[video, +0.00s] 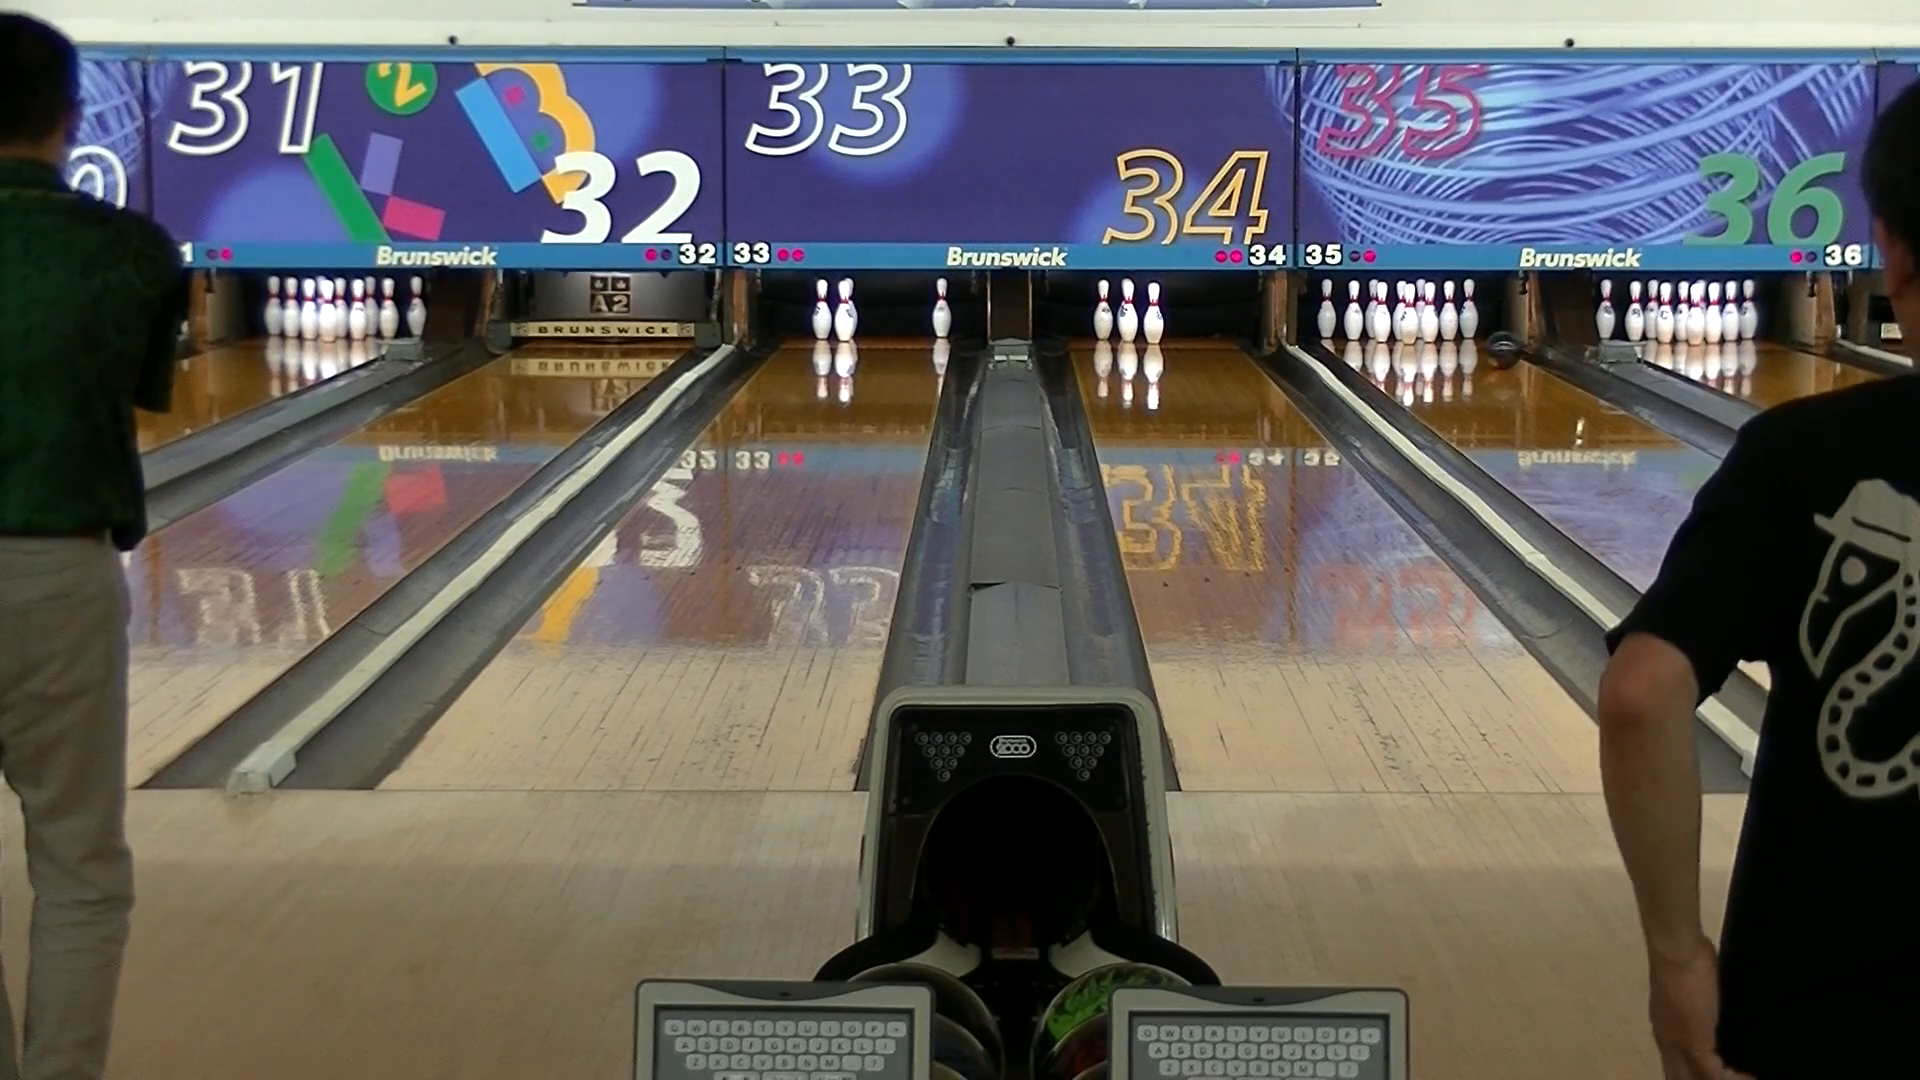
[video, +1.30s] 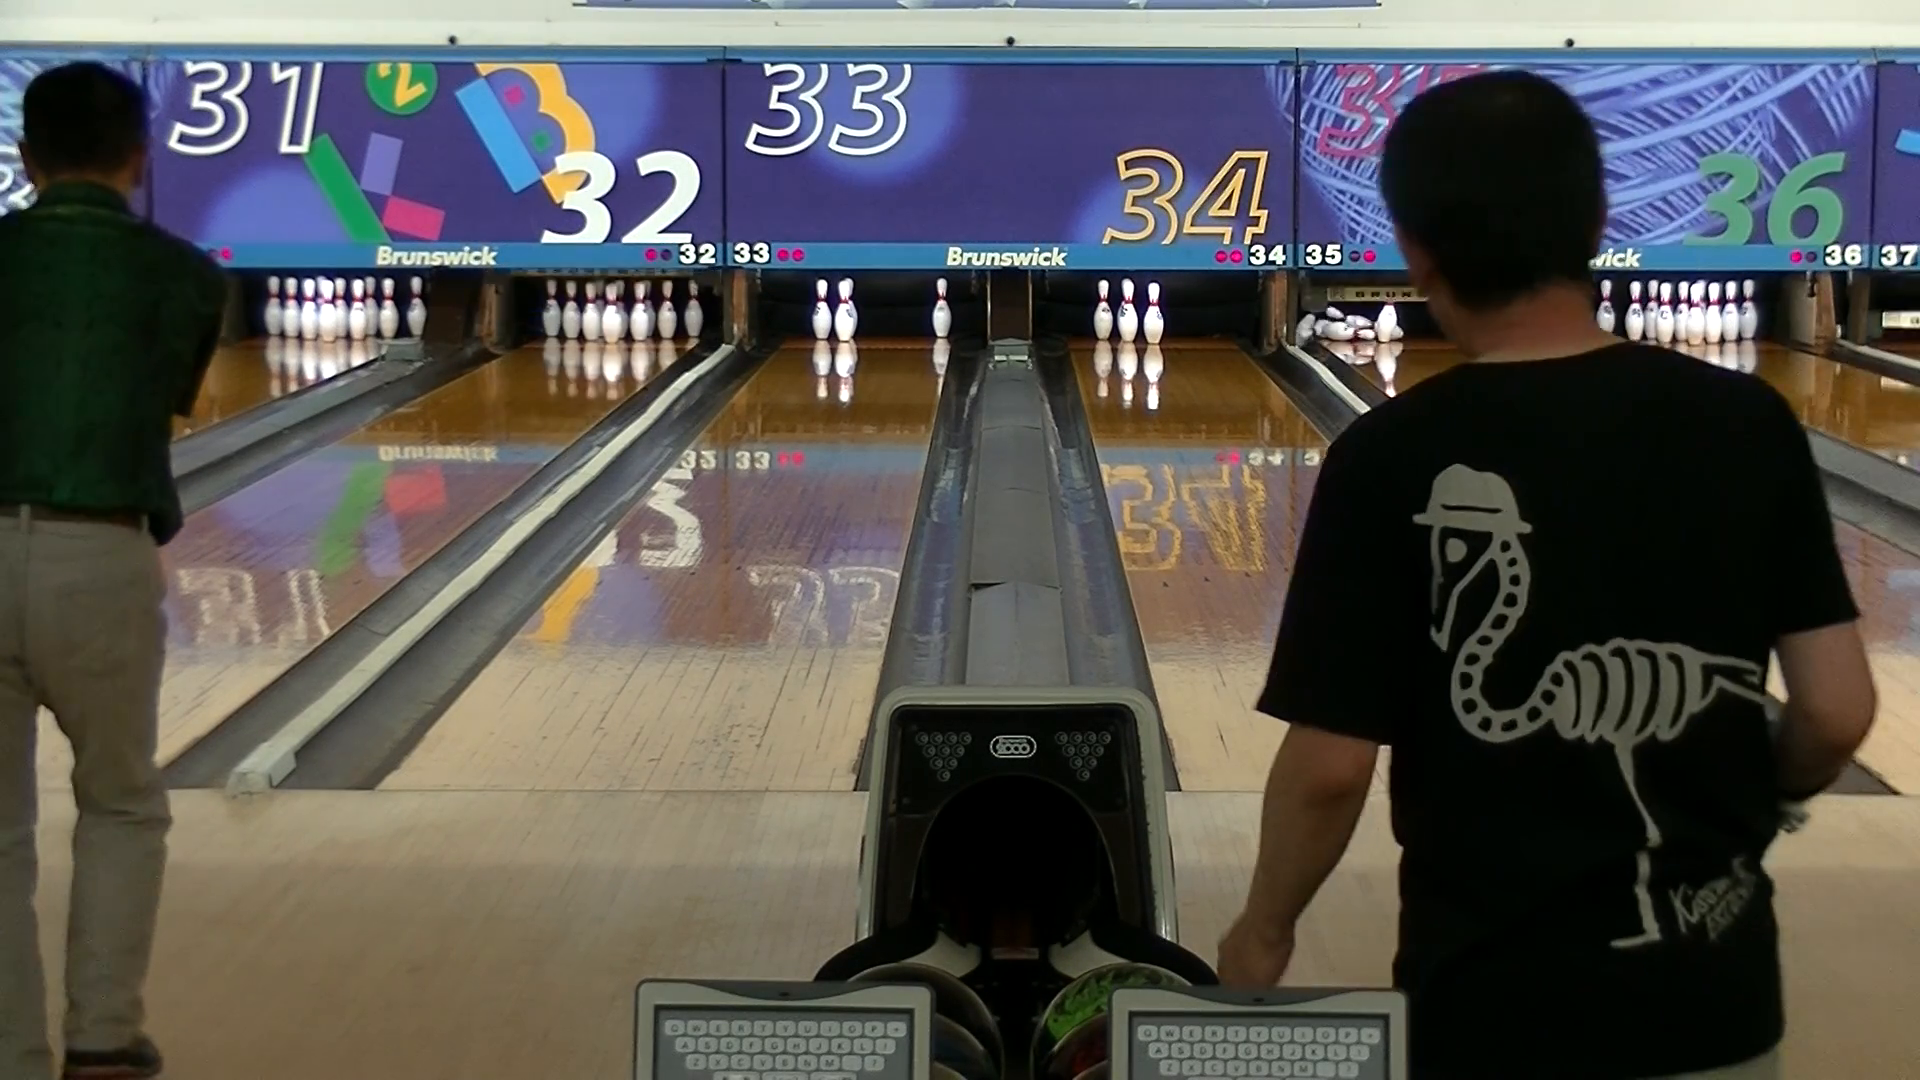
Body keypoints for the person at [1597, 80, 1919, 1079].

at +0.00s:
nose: (1878, 258)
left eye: (1875, 237)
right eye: (1887, 234)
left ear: (1893, 252)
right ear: (1901, 252)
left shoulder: (1814, 452)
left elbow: (1639, 693)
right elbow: (1638, 695)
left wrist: (1676, 950)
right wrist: (1677, 952)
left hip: (1810, 1004)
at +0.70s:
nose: (1780, 266)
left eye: (1779, 246)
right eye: (1786, 241)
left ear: (1805, 272)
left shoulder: (1730, 458)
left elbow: (1602, 718)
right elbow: (1601, 718)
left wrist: (1608, 999)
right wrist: (1612, 999)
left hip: (1756, 1015)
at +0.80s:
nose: (1740, 275)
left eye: (1735, 252)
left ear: (1755, 277)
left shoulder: (1691, 465)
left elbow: (1582, 737)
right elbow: (1581, 736)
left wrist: (1562, 1014)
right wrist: (1564, 1016)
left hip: (1719, 1023)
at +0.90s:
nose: (1678, 276)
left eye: (1677, 252)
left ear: (1694, 275)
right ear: (1881, 253)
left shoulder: (1634, 469)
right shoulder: (1914, 423)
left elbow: (1554, 744)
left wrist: (1496, 1015)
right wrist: (1502, 1011)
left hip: (1681, 1014)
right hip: (1903, 1008)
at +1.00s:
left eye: (1599, 252)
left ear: (1613, 273)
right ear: (1803, 249)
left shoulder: (1557, 466)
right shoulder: (1899, 448)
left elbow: (1490, 748)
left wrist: (1427, 1000)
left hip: (1625, 1012)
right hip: (1878, 1010)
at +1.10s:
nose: (1514, 261)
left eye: (1514, 238)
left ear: (1536, 258)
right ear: (1708, 232)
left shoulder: (1483, 461)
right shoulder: (1854, 446)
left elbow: (1417, 757)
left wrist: (1351, 999)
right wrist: (1856, 814)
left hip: (1561, 1001)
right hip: (1802, 1005)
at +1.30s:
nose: (1406, 264)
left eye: (1402, 241)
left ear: (1419, 259)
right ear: (1596, 223)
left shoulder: (1388, 457)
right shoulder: (1744, 420)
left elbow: (1332, 766)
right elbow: (1840, 707)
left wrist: (1265, 929)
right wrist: (1747, 792)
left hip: (1492, 993)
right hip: (1713, 993)